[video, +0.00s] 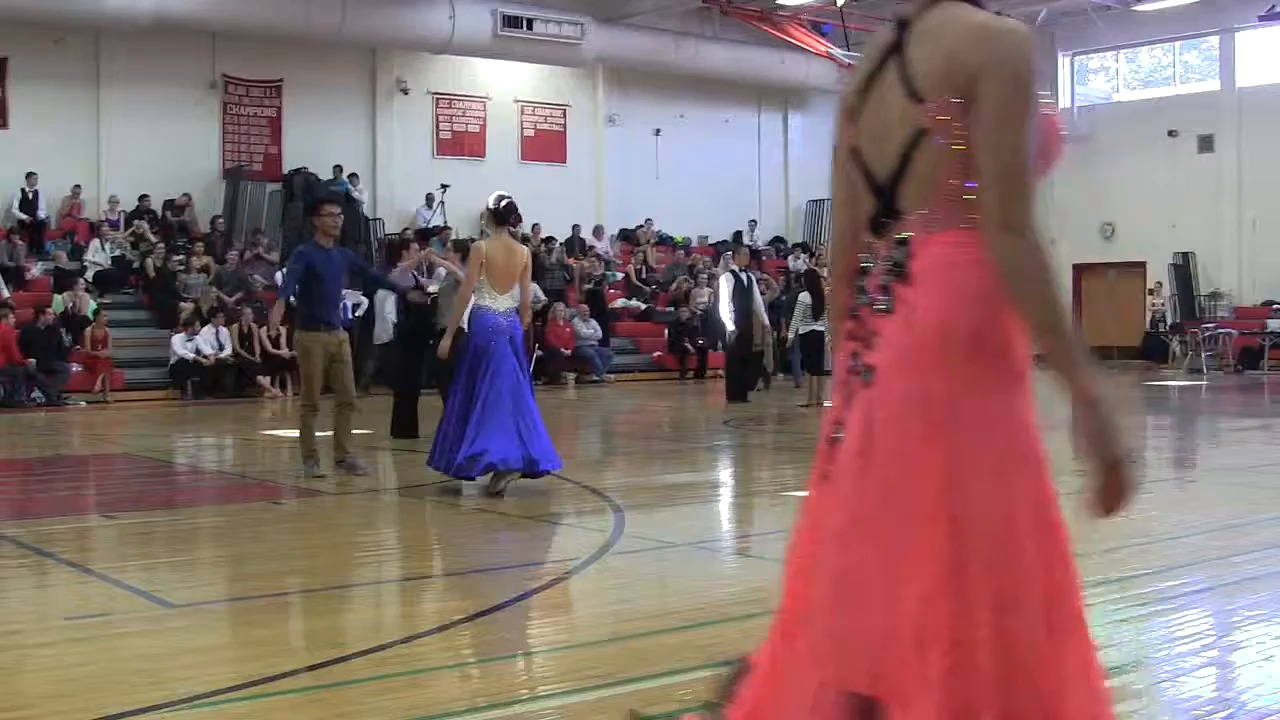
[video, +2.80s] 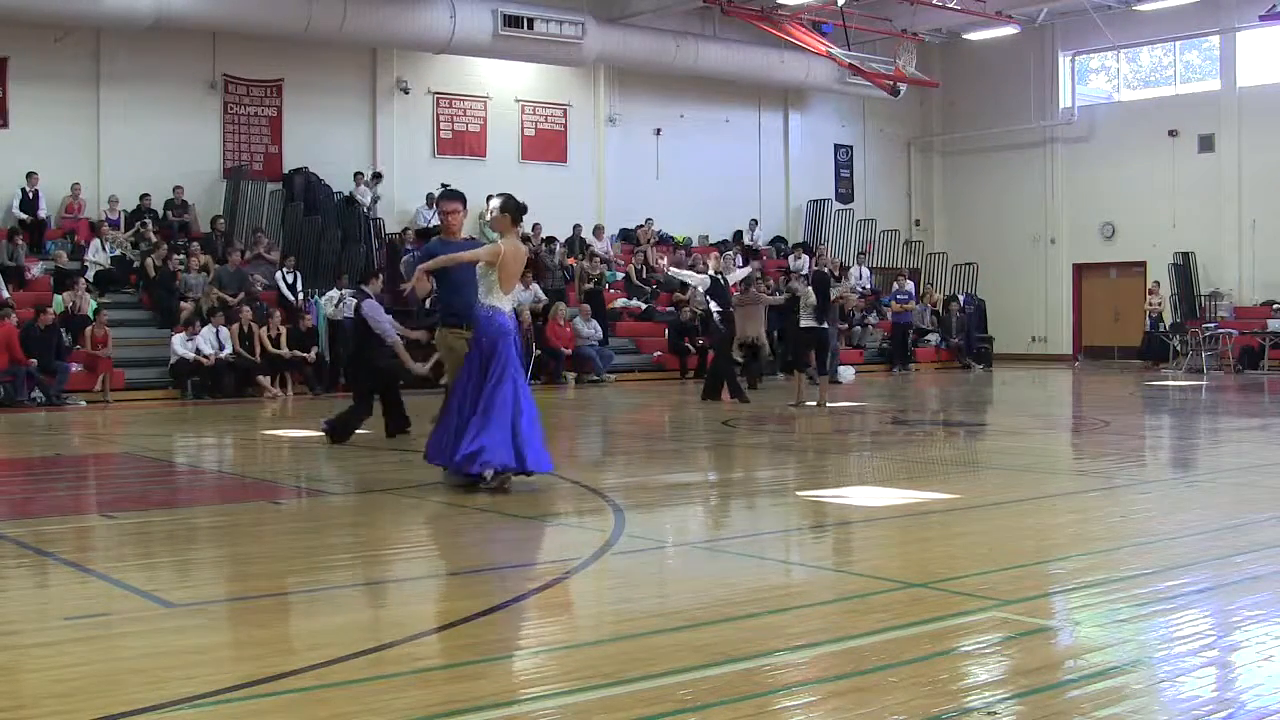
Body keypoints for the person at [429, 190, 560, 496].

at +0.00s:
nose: (482, 219)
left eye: (484, 215)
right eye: (486, 215)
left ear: (488, 218)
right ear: (511, 220)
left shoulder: (480, 248)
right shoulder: (523, 252)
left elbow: (467, 291)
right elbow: (525, 300)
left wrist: (450, 332)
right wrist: (522, 331)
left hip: (483, 325)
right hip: (511, 326)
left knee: (482, 391)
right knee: (505, 392)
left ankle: (498, 458)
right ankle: (503, 458)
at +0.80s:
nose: (498, 218)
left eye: (500, 214)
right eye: (500, 213)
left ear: (505, 217)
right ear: (527, 218)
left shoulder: (503, 249)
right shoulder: (543, 248)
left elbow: (503, 294)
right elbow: (559, 296)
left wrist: (496, 339)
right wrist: (559, 331)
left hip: (519, 324)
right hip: (544, 325)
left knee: (522, 394)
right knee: (539, 393)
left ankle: (531, 464)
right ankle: (537, 462)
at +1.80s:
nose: (522, 212)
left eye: (524, 208)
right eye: (525, 207)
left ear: (529, 212)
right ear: (549, 212)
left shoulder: (522, 249)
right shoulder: (557, 248)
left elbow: (509, 290)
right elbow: (548, 285)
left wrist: (503, 317)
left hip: (527, 322)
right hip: (551, 322)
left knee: (528, 393)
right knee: (549, 392)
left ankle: (533, 464)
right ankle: (547, 459)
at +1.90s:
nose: (518, 212)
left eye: (521, 208)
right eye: (520, 207)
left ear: (528, 213)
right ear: (546, 214)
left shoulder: (522, 248)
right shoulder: (555, 247)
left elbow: (509, 287)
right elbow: (544, 282)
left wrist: (499, 313)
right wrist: (516, 249)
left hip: (526, 323)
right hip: (549, 323)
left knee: (522, 393)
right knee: (547, 394)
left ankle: (521, 466)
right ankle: (546, 465)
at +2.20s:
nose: (508, 217)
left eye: (510, 213)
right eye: (510, 212)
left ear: (518, 219)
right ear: (536, 219)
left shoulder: (517, 250)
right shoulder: (541, 251)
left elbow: (488, 282)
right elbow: (524, 286)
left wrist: (463, 309)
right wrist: (492, 289)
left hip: (514, 327)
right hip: (534, 327)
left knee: (507, 395)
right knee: (538, 394)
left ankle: (503, 466)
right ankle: (547, 463)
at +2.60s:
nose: (490, 218)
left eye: (494, 214)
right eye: (491, 213)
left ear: (507, 218)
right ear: (516, 219)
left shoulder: (499, 249)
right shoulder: (527, 250)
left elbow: (463, 272)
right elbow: (520, 282)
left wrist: (431, 287)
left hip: (492, 322)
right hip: (513, 322)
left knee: (490, 390)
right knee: (511, 389)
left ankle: (494, 457)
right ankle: (514, 455)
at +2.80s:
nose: (490, 217)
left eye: (494, 213)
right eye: (491, 212)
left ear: (507, 218)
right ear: (514, 220)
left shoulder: (499, 248)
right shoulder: (521, 249)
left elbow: (458, 257)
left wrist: (425, 266)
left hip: (488, 320)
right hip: (505, 320)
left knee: (488, 389)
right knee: (500, 389)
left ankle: (492, 459)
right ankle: (495, 458)